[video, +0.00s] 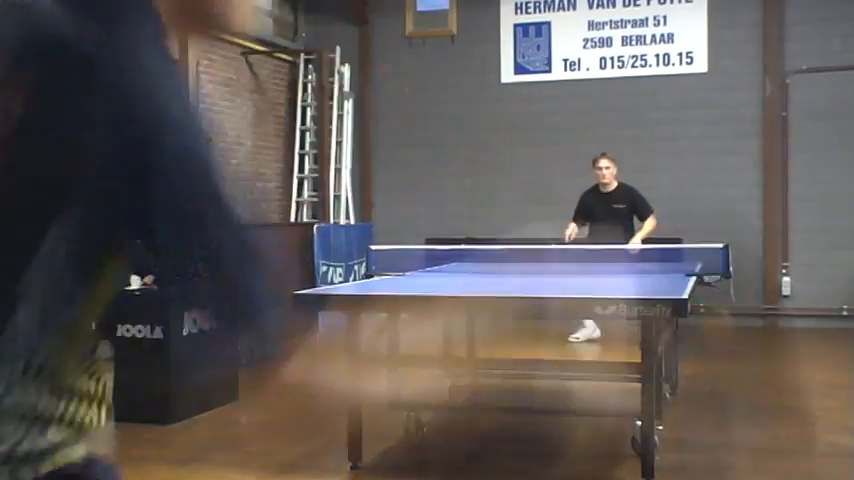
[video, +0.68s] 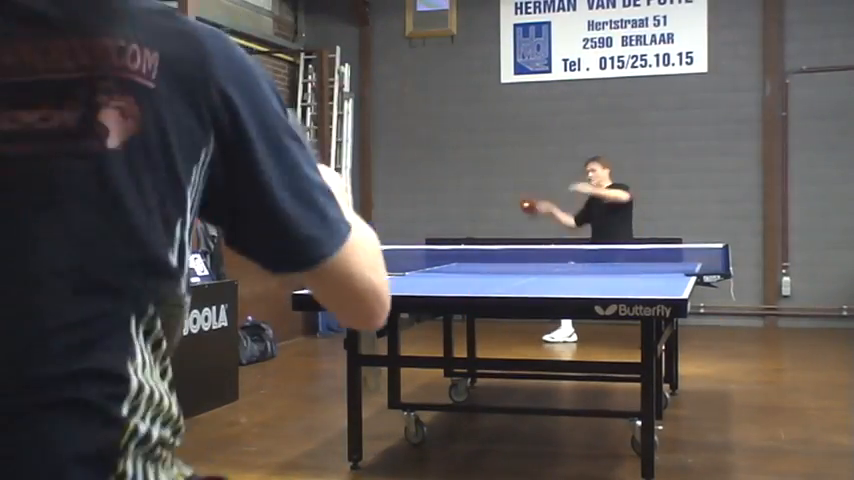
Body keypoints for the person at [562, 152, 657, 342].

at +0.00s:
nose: (603, 172)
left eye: (607, 168)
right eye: (599, 169)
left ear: (615, 170)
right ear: (594, 172)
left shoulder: (628, 193)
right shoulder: (588, 196)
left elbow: (651, 220)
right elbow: (578, 221)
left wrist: (637, 238)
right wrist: (572, 229)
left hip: (621, 254)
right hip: (592, 255)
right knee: (577, 280)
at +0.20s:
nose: (589, 173)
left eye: (593, 168)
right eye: (585, 170)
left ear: (601, 169)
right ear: (581, 172)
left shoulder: (616, 190)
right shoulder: (580, 196)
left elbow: (641, 215)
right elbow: (575, 222)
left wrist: (619, 234)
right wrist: (568, 235)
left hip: (621, 253)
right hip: (592, 253)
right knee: (567, 271)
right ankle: (568, 326)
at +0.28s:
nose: (583, 183)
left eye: (586, 178)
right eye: (579, 180)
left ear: (595, 178)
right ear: (575, 183)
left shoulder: (610, 198)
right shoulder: (580, 203)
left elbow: (630, 227)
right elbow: (577, 232)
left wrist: (597, 239)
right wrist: (561, 242)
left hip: (612, 256)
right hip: (589, 256)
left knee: (563, 270)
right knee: (558, 269)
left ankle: (566, 326)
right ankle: (565, 326)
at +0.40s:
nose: (577, 194)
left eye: (580, 189)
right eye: (573, 191)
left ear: (590, 188)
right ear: (571, 193)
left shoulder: (604, 207)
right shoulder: (585, 211)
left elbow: (600, 235)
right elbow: (585, 237)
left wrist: (567, 230)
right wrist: (561, 242)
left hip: (619, 258)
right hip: (599, 258)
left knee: (563, 275)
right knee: (561, 270)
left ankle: (566, 326)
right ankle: (566, 326)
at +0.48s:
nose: (576, 196)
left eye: (579, 190)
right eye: (573, 193)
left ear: (590, 188)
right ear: (571, 195)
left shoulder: (601, 206)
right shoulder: (594, 210)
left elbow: (586, 222)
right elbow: (589, 235)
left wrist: (556, 225)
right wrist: (562, 234)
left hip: (610, 262)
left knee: (560, 274)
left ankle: (566, 327)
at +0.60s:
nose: (581, 186)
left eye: (584, 181)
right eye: (579, 183)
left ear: (597, 181)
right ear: (578, 186)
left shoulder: (607, 195)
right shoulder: (597, 206)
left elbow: (602, 203)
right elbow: (598, 234)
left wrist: (569, 212)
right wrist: (574, 231)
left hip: (612, 256)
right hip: (604, 256)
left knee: (561, 274)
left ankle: (566, 326)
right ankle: (640, 316)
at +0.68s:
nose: (589, 176)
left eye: (593, 171)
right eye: (588, 172)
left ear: (606, 171)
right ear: (587, 176)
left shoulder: (619, 189)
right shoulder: (593, 200)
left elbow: (624, 197)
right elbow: (573, 223)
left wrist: (591, 190)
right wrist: (552, 209)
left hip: (621, 254)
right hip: (595, 254)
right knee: (562, 273)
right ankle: (566, 326)